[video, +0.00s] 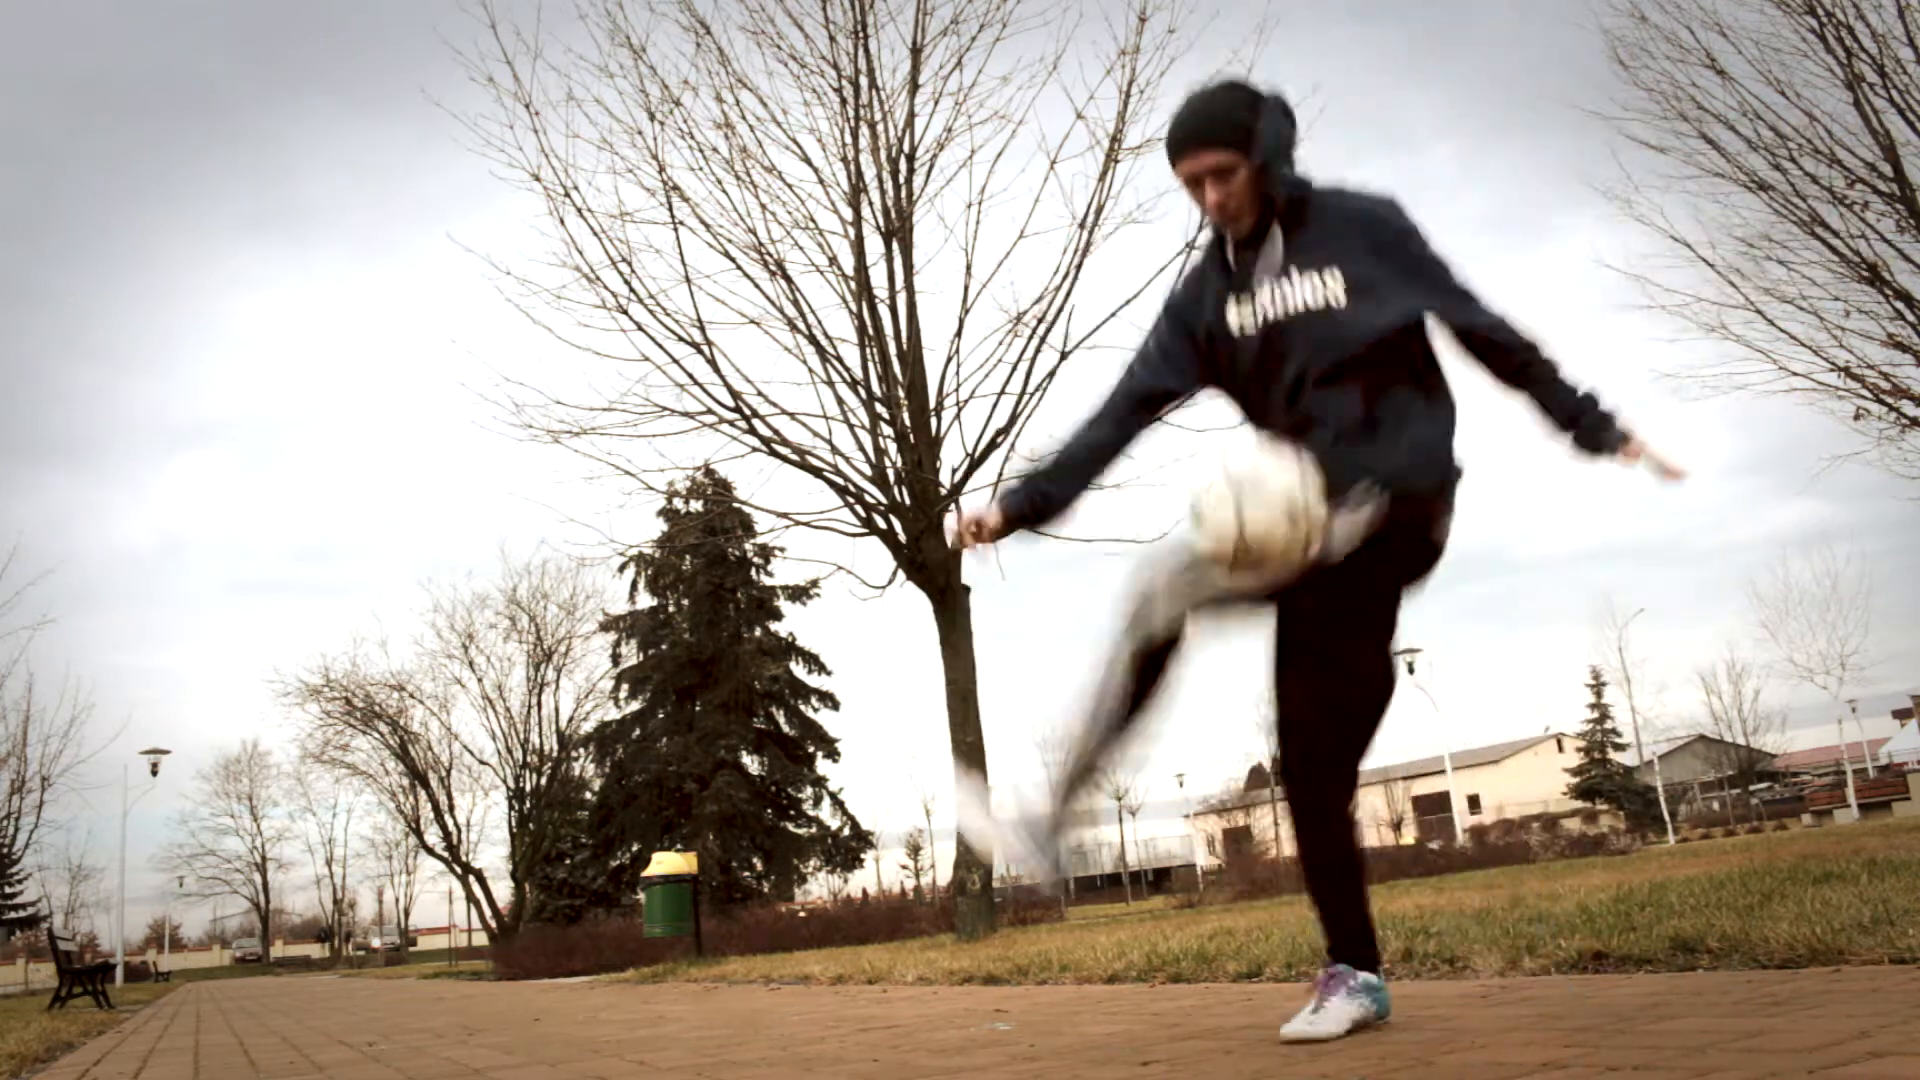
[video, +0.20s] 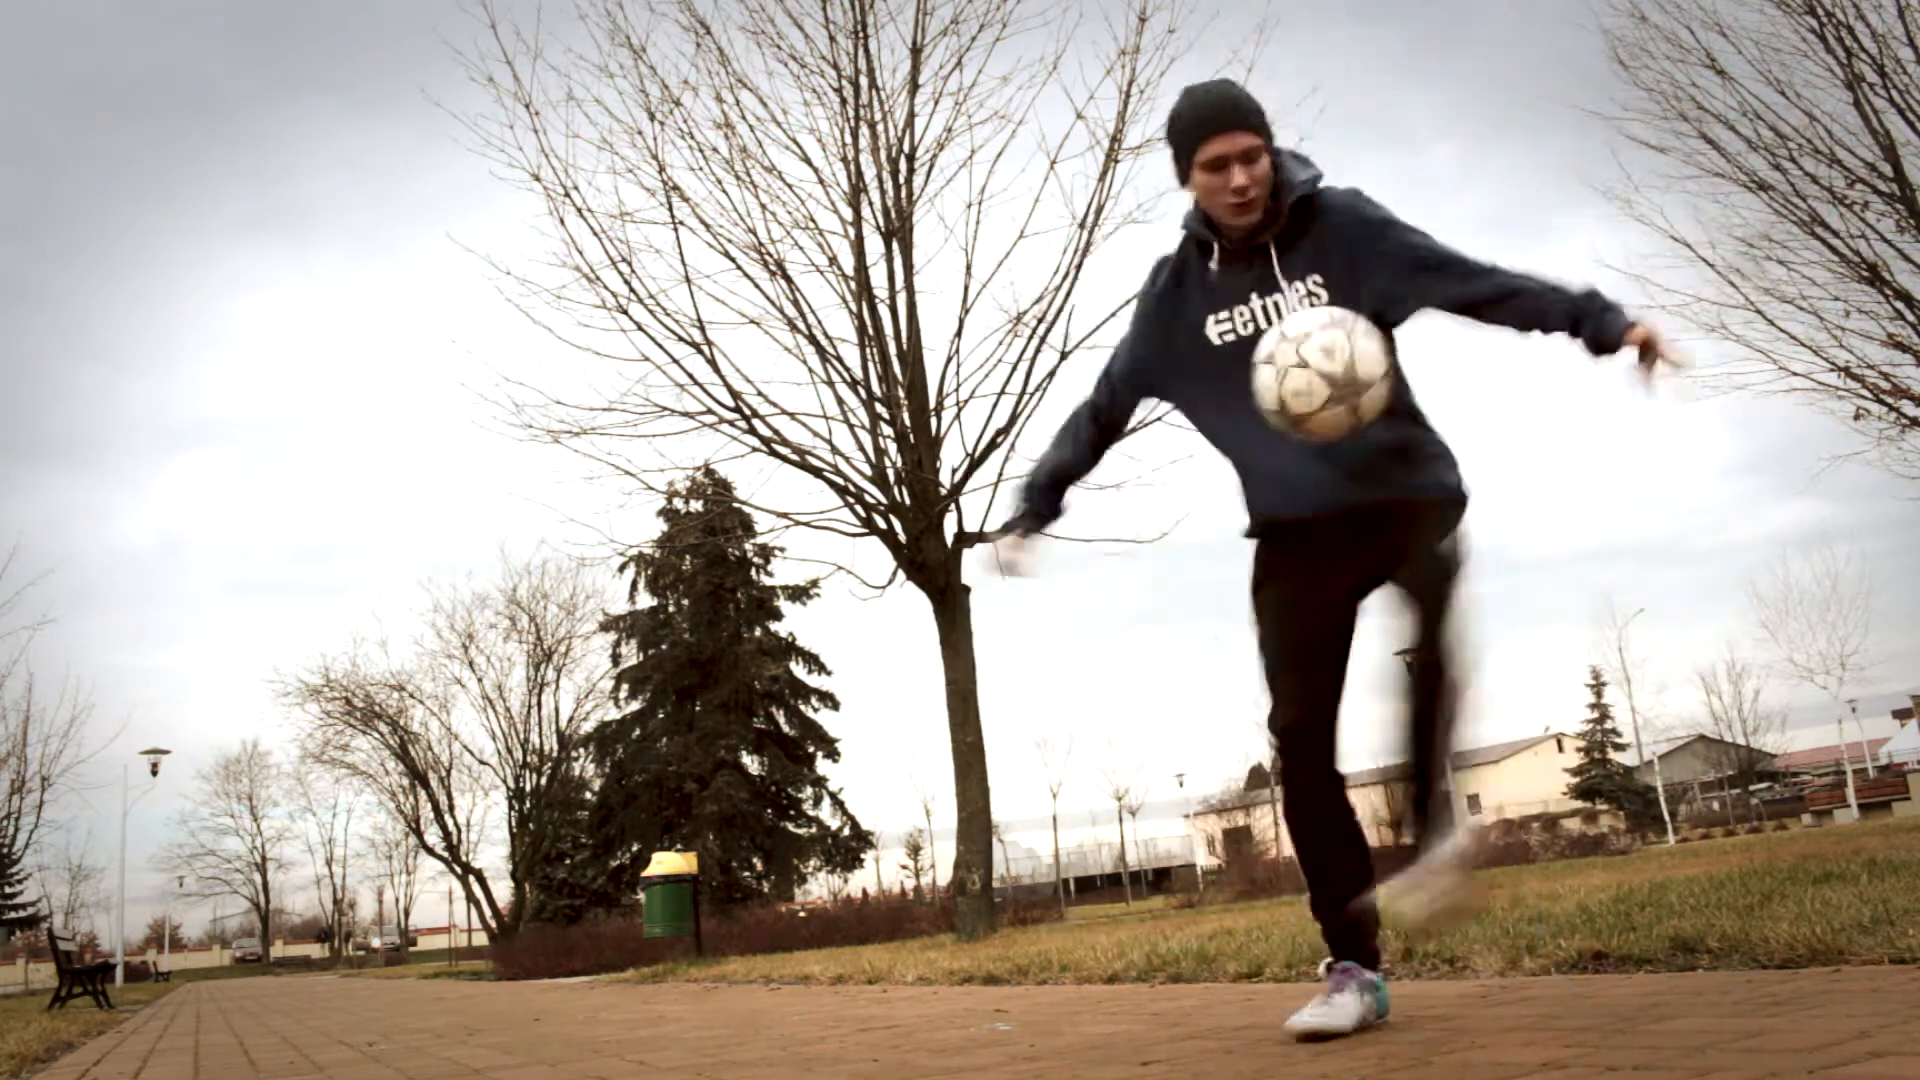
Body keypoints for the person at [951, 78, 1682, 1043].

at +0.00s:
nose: (1211, 199)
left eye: (1223, 175)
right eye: (1195, 184)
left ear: (1267, 159)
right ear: (1186, 188)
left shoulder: (1359, 227)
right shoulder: (1201, 296)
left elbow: (1474, 325)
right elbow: (1126, 410)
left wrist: (1592, 425)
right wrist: (1017, 505)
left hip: (1399, 486)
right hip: (1312, 508)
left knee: (1166, 591)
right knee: (1311, 758)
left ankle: (1058, 806)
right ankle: (1356, 973)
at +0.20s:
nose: (1239, 179)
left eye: (1250, 158)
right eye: (1217, 166)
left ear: (1273, 157)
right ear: (1185, 180)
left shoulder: (1340, 228)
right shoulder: (1172, 297)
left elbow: (1464, 281)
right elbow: (1105, 406)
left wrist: (1599, 320)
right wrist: (1034, 503)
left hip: (1407, 498)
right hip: (1296, 530)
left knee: (1429, 619)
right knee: (1301, 748)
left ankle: (1430, 818)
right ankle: (1355, 967)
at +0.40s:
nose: (1306, 142)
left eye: (1316, 125)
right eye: (1286, 130)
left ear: (1336, 129)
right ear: (1250, 145)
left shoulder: (1376, 214)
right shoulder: (1229, 229)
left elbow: (1489, 294)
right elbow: (1198, 352)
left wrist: (1625, 280)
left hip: (1390, 442)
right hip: (1295, 480)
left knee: (1493, 304)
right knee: (1327, 726)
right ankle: (1353, 965)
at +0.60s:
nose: (1348, 79)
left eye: (1357, 63)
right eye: (1328, 66)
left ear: (1372, 67)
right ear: (1290, 75)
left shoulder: (1399, 149)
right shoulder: (1270, 148)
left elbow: (1463, 204)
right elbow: (1230, 197)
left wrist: (1593, 214)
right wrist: (1172, 204)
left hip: (1440, 364)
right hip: (1342, 377)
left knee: (1471, 572)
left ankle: (1550, 756)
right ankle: (1542, 745)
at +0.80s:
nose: (1399, 169)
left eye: (1417, 152)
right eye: (1380, 151)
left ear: (1439, 161)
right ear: (1346, 158)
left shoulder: (1488, 267)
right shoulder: (1288, 263)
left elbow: (1605, 346)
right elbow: (1219, 369)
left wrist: (1757, 393)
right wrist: (1127, 464)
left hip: (1462, 527)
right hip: (1344, 532)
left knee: (1551, 732)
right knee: (1565, 506)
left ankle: (1568, 944)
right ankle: (1737, 634)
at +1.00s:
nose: (1359, 105)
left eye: (1377, 86)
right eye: (1344, 89)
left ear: (1420, 88)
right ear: (1330, 97)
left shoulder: (1483, 199)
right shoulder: (1297, 192)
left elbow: (1535, 330)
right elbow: (1242, 313)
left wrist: (1605, 417)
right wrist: (1154, 373)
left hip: (1446, 484)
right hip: (1324, 478)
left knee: (1488, 713)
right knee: (1356, 675)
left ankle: (1540, 935)